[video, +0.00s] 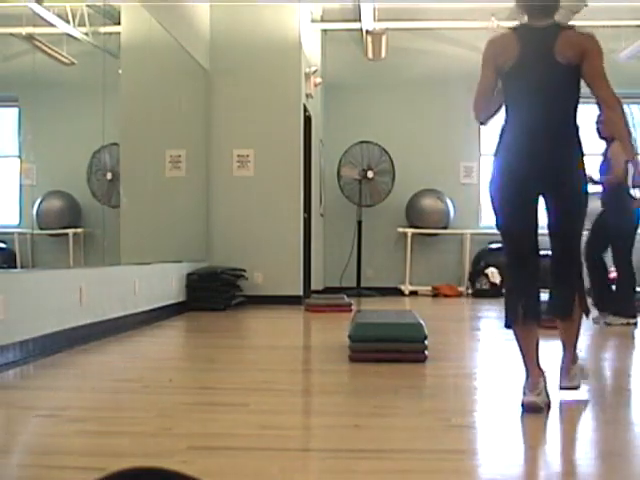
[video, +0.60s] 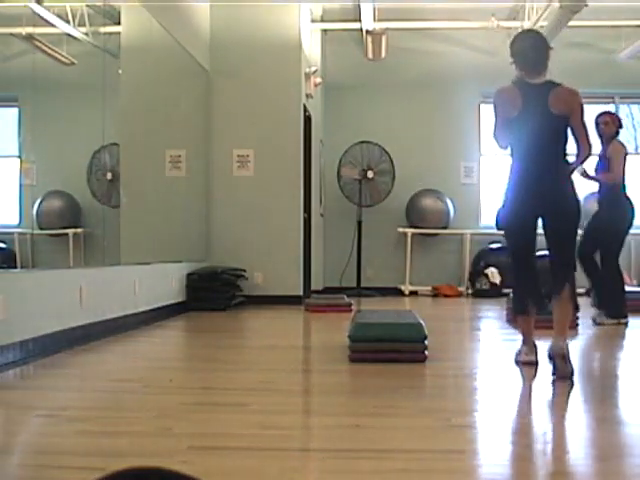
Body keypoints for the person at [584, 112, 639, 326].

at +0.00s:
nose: (598, 126)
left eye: (602, 122)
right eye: (598, 122)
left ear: (614, 125)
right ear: (610, 126)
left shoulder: (615, 147)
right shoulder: (618, 147)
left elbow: (618, 176)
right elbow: (617, 179)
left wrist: (595, 180)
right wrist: (595, 179)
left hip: (615, 209)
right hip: (623, 208)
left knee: (593, 251)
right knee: (622, 258)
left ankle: (605, 304)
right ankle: (625, 308)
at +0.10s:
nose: (599, 127)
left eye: (602, 123)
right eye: (598, 123)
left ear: (614, 125)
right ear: (603, 126)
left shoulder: (618, 147)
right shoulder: (610, 148)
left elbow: (631, 173)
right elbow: (613, 176)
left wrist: (613, 190)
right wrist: (599, 186)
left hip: (616, 205)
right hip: (608, 204)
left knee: (610, 258)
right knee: (607, 258)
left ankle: (621, 310)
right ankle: (615, 308)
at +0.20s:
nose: (596, 128)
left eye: (600, 124)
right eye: (595, 124)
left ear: (612, 127)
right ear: (596, 127)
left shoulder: (617, 147)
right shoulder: (602, 150)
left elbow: (638, 166)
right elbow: (599, 175)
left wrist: (629, 188)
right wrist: (586, 181)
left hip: (620, 205)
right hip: (611, 204)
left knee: (593, 248)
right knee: (608, 253)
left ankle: (611, 299)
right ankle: (615, 300)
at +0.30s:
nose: (601, 130)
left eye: (605, 126)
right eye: (600, 126)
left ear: (613, 128)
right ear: (606, 129)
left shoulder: (612, 149)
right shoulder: (598, 151)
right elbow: (581, 173)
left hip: (618, 208)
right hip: (616, 208)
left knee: (588, 240)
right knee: (610, 255)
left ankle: (601, 291)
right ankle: (616, 305)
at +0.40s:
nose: (604, 125)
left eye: (609, 122)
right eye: (602, 121)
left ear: (618, 128)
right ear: (598, 125)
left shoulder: (618, 146)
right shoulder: (602, 148)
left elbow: (639, 158)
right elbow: (599, 172)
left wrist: (630, 187)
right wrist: (587, 179)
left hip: (615, 204)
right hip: (607, 203)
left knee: (590, 251)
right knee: (611, 253)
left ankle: (608, 304)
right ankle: (618, 303)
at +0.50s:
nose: (608, 128)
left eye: (612, 124)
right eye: (605, 125)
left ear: (621, 128)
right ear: (602, 129)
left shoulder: (619, 148)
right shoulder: (606, 151)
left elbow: (635, 172)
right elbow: (605, 177)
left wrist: (616, 186)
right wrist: (595, 191)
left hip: (611, 206)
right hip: (603, 205)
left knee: (604, 259)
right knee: (603, 259)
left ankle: (615, 311)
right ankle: (614, 309)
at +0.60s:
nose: (603, 128)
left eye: (607, 124)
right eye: (600, 124)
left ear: (616, 127)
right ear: (597, 129)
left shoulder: (616, 147)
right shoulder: (606, 149)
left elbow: (616, 177)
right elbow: (608, 179)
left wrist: (591, 177)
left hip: (617, 207)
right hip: (607, 206)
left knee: (609, 258)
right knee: (585, 252)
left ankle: (616, 310)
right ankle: (606, 300)